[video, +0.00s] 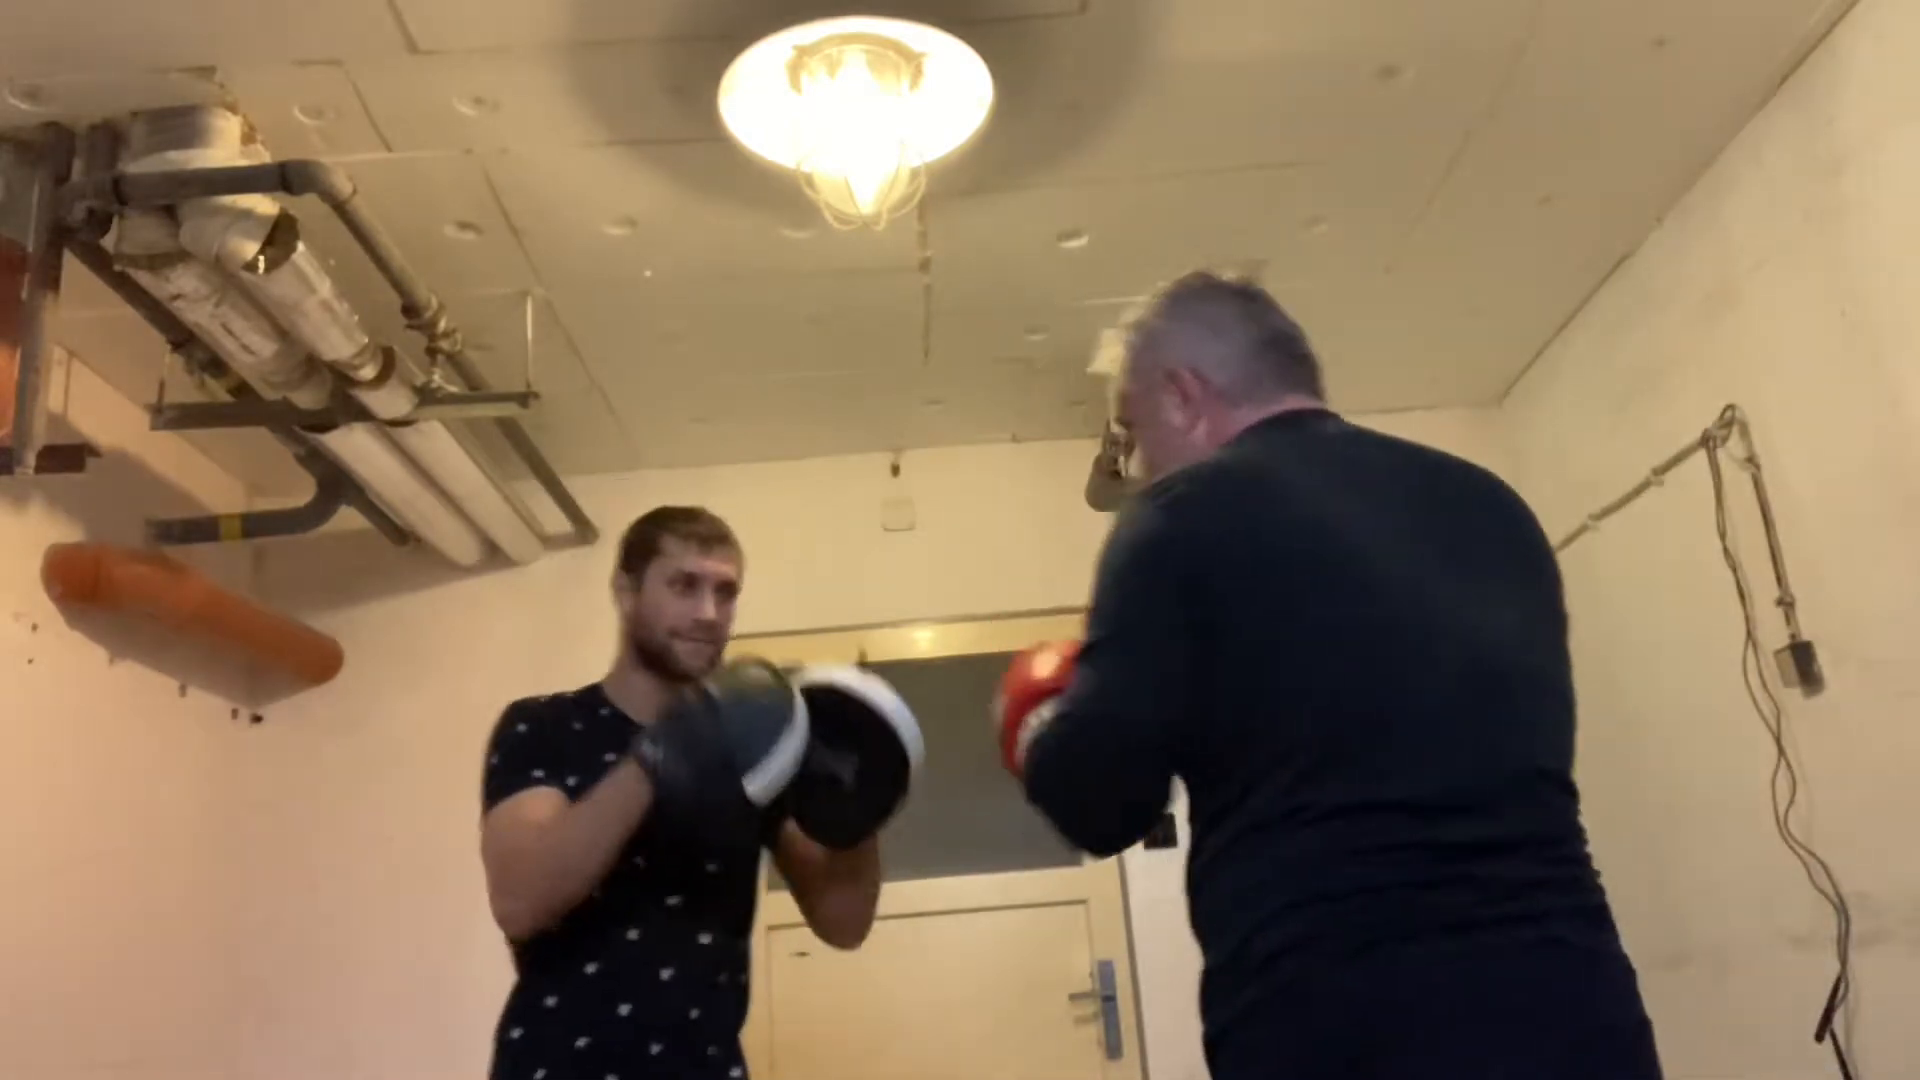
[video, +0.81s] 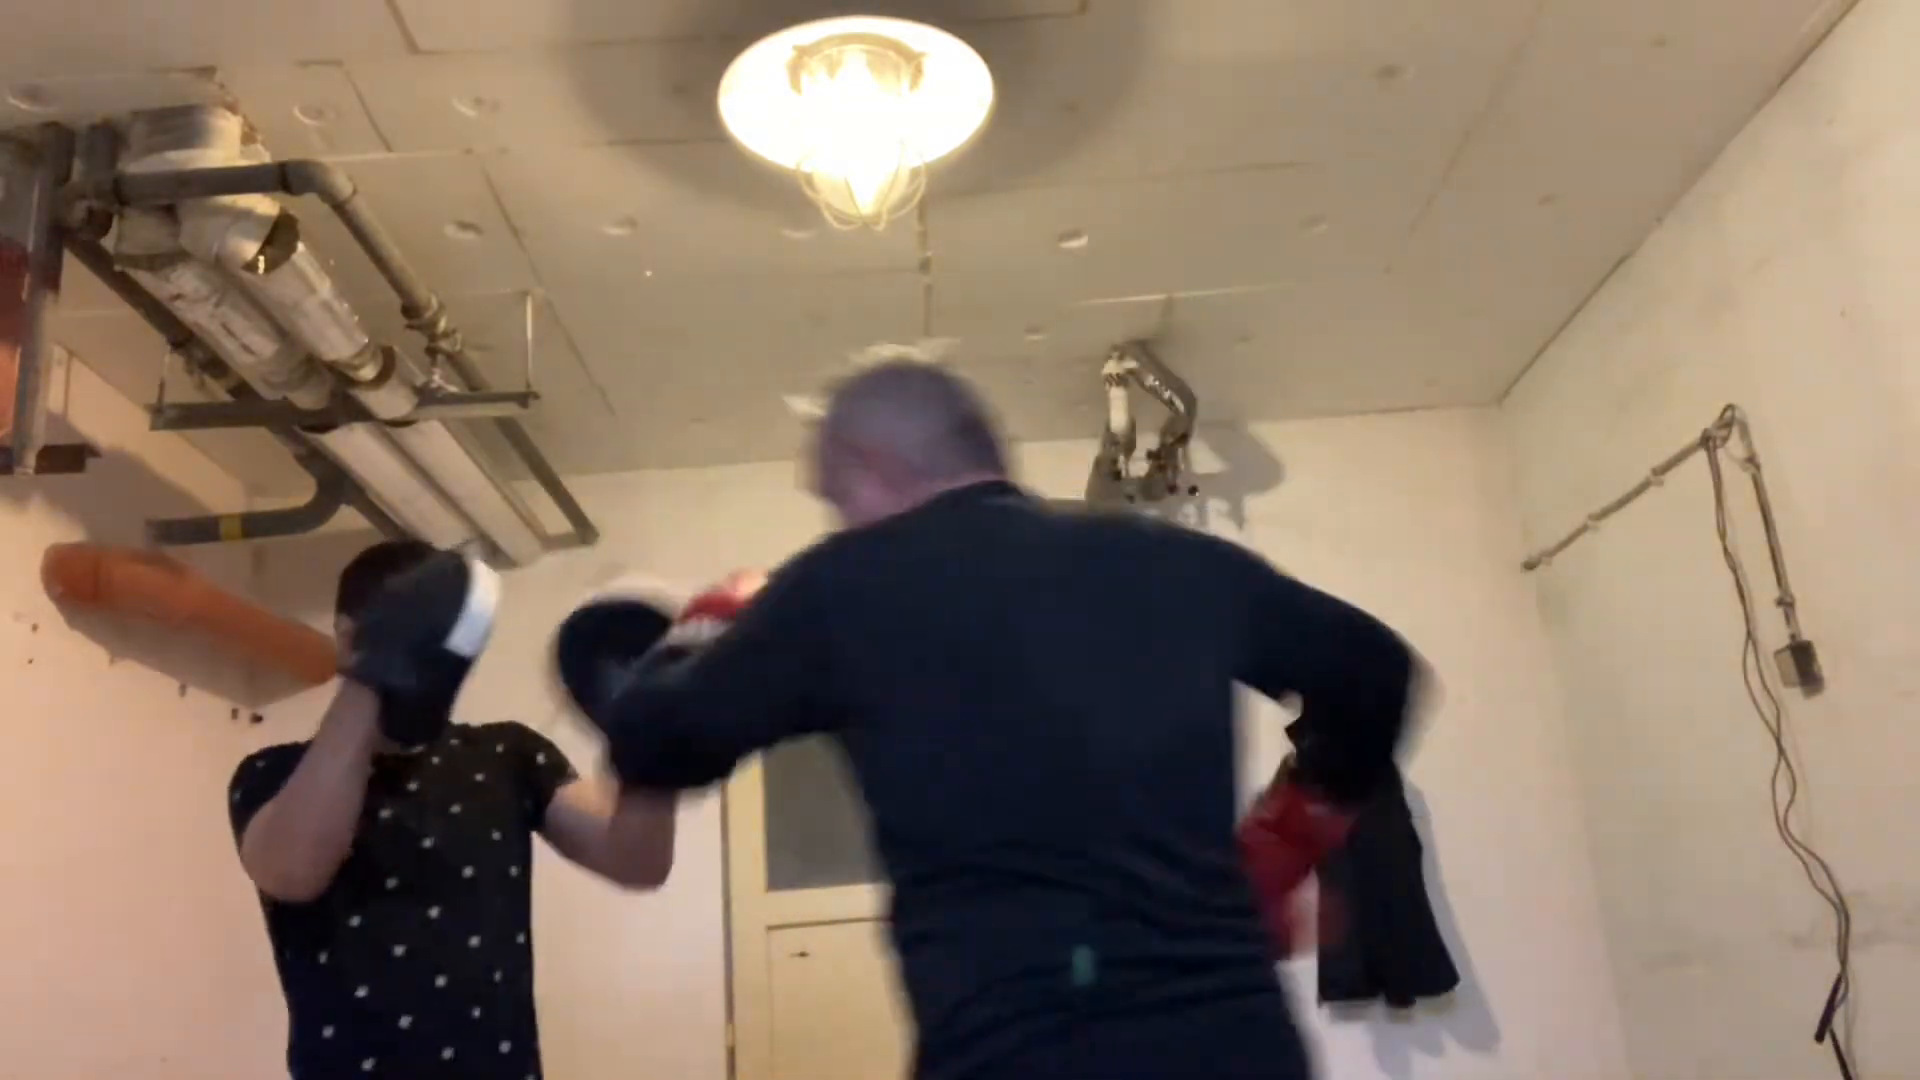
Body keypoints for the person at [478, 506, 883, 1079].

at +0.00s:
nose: (709, 613)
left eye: (724, 594)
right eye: (684, 587)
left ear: (737, 607)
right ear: (626, 592)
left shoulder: (740, 742)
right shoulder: (540, 730)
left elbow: (843, 924)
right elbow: (520, 902)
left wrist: (849, 793)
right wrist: (659, 758)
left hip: (704, 1059)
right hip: (563, 1059)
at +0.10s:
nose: (678, 624)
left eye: (691, 604)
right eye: (654, 599)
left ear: (704, 611)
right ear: (590, 602)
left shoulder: (704, 744)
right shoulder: (506, 735)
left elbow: (826, 895)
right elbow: (502, 885)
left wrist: (822, 760)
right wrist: (619, 733)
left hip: (679, 1060)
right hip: (539, 1060)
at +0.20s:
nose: (623, 635)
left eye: (637, 617)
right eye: (603, 614)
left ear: (655, 626)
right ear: (540, 615)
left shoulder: (665, 750)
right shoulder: (454, 745)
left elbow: (796, 857)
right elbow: (473, 859)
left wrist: (784, 722)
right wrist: (582, 691)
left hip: (637, 1061)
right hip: (497, 1063)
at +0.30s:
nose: (544, 635)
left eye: (559, 618)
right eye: (528, 616)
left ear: (583, 628)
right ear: (479, 625)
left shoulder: (605, 760)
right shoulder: (393, 754)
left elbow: (750, 827)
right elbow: (430, 835)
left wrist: (736, 690)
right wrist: (537, 657)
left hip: (584, 1061)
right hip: (444, 1063)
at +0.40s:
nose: (508, 635)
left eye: (521, 617)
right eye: (489, 616)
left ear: (541, 626)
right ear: (431, 631)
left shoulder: (559, 758)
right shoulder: (343, 755)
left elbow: (705, 815)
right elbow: (382, 831)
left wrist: (693, 672)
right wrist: (490, 656)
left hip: (537, 1065)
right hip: (395, 1067)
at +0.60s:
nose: (446, 631)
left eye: (457, 611)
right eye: (428, 612)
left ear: (482, 622)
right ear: (371, 625)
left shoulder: (514, 753)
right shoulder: (287, 763)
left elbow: (654, 832)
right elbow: (320, 844)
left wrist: (655, 693)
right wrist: (413, 661)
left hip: (500, 1064)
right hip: (351, 1065)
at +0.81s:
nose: (400, 648)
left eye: (422, 625)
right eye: (379, 626)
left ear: (456, 637)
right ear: (345, 636)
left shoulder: (504, 757)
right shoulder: (277, 777)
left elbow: (637, 862)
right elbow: (291, 873)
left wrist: (650, 720)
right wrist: (367, 677)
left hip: (497, 1063)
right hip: (350, 1065)